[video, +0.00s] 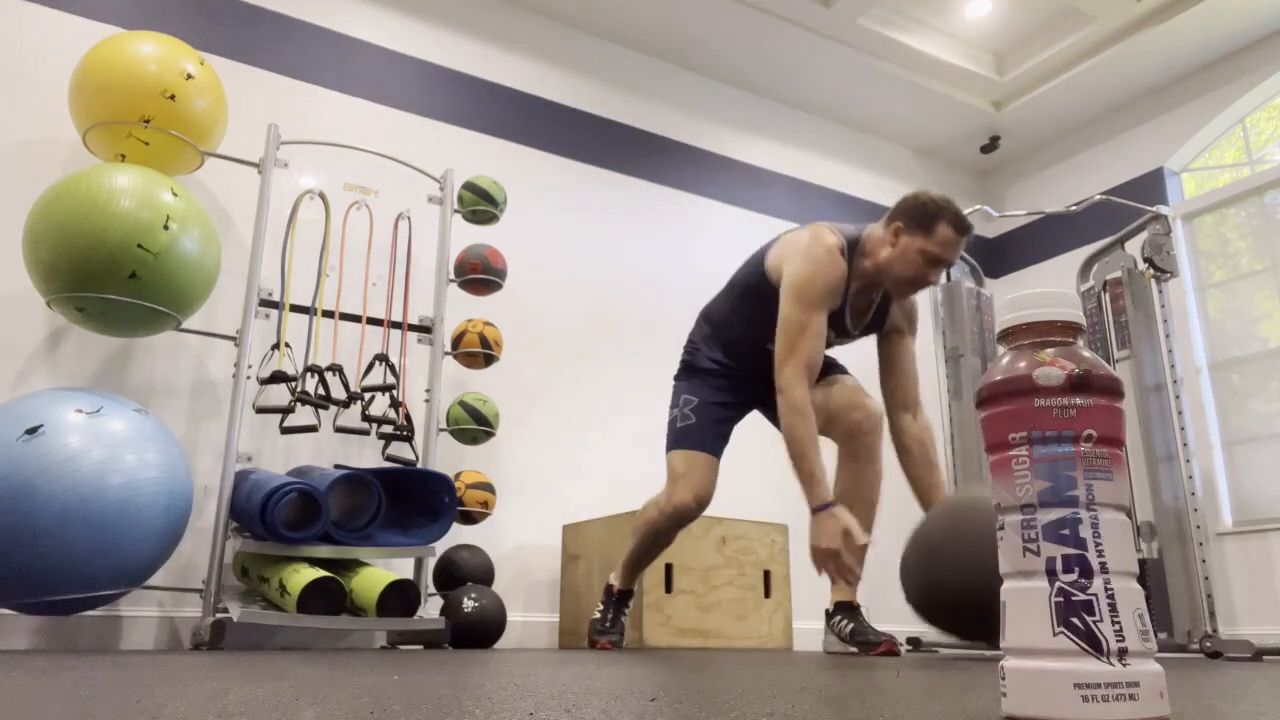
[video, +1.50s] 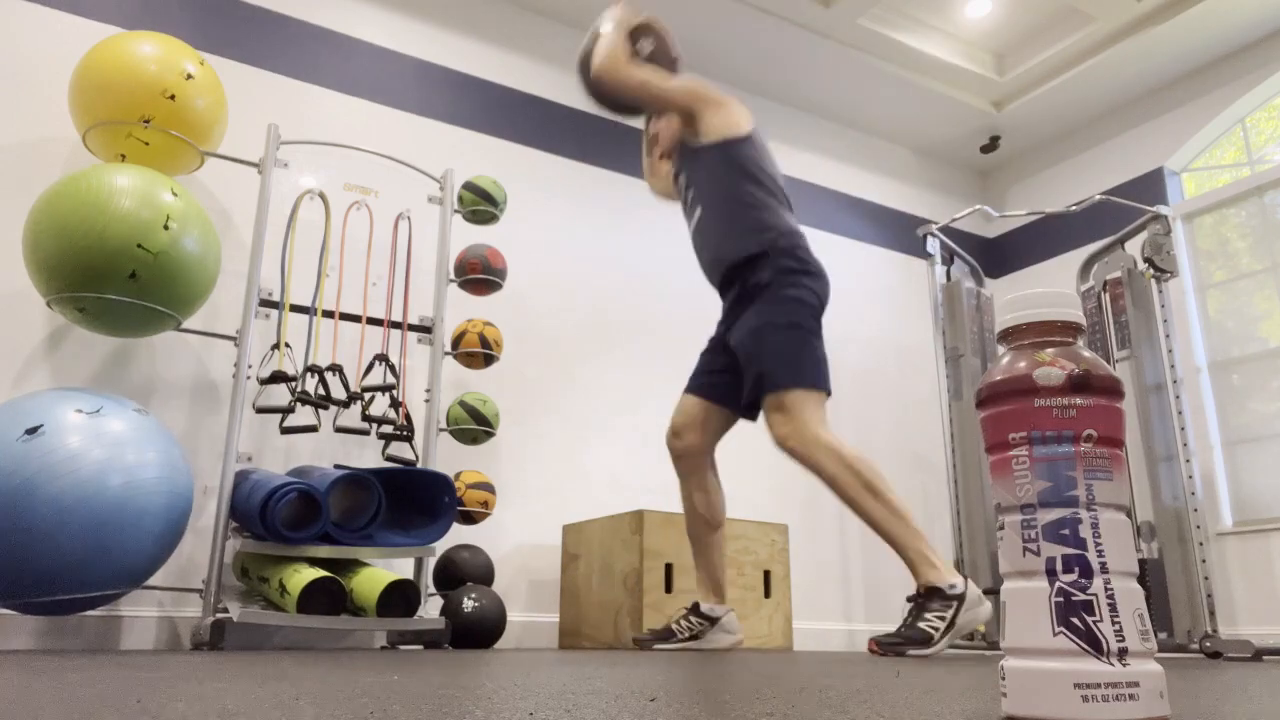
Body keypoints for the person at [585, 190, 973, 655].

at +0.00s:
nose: (935, 278)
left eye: (944, 268)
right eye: (931, 260)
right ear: (893, 235)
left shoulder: (897, 305)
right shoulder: (819, 257)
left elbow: (910, 415)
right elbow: (793, 385)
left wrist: (946, 520)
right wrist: (822, 506)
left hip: (791, 367)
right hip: (720, 359)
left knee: (865, 421)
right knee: (688, 497)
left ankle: (844, 609)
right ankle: (619, 588)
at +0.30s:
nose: (944, 235)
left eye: (951, 223)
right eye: (937, 217)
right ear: (893, 203)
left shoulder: (897, 284)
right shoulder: (827, 238)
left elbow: (903, 397)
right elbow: (829, 376)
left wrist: (964, 477)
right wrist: (904, 470)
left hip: (790, 361)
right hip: (722, 348)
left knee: (863, 423)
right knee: (701, 492)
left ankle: (845, 610)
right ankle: (627, 587)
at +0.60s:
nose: (899, 157)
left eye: (904, 148)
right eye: (888, 142)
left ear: (900, 161)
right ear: (847, 143)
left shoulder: (864, 236)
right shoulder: (791, 193)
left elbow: (877, 345)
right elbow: (810, 306)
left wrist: (958, 349)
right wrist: (922, 326)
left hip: (782, 345)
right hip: (713, 338)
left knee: (853, 417)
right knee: (702, 486)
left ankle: (843, 610)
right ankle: (644, 592)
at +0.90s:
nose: (802, 106)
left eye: (811, 98)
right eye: (789, 96)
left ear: (821, 114)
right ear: (763, 110)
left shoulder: (828, 192)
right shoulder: (737, 166)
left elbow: (899, 215)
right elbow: (766, 117)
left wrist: (921, 123)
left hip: (803, 331)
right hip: (728, 332)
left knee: (860, 416)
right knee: (709, 475)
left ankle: (843, 609)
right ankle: (658, 595)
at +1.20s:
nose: (718, 73)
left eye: (727, 59)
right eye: (713, 67)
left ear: (762, 58)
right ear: (715, 79)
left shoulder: (805, 99)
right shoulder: (716, 129)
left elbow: (810, 16)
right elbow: (649, 71)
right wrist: (692, 4)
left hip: (788, 272)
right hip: (717, 280)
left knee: (798, 398)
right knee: (679, 419)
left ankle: (859, 594)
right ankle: (674, 591)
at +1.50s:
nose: (646, 120)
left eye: (647, 109)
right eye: (640, 116)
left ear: (650, 67)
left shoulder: (709, 102)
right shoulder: (690, 165)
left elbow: (606, 71)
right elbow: (659, 182)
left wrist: (616, 20)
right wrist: (651, 127)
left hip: (781, 279)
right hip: (742, 303)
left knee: (798, 430)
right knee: (688, 439)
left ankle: (943, 585)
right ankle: (711, 609)